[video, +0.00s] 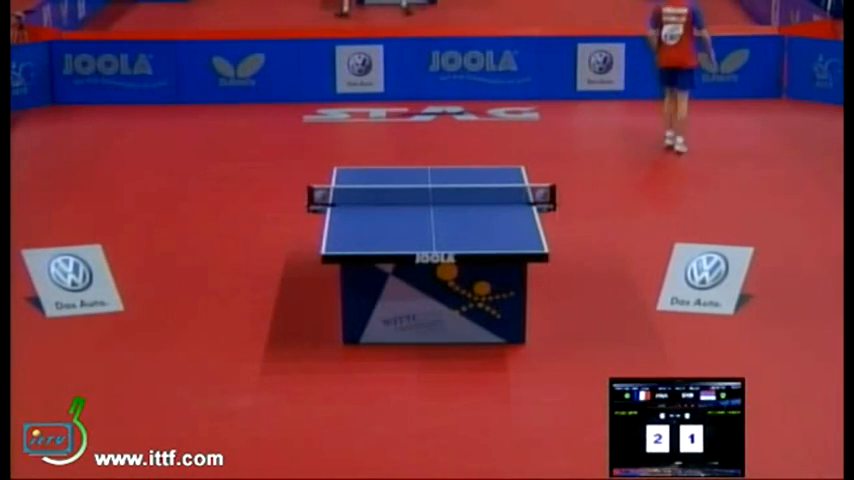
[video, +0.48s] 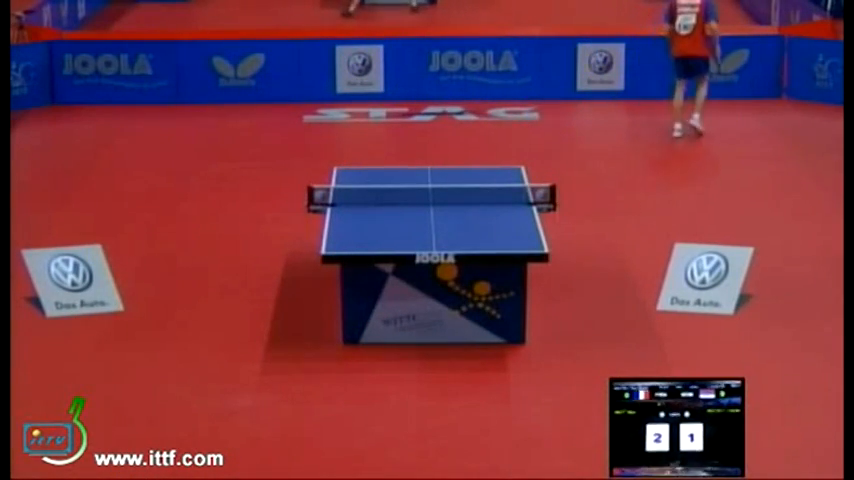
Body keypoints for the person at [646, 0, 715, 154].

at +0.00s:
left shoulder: (659, 8)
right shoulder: (691, 8)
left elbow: (652, 33)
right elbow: (703, 32)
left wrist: (657, 50)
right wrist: (711, 53)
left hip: (665, 60)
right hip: (685, 60)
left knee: (668, 96)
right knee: (682, 99)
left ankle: (669, 133)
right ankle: (680, 138)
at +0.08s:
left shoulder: (662, 6)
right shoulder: (695, 6)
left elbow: (654, 31)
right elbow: (707, 31)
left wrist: (658, 50)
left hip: (667, 56)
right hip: (687, 56)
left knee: (671, 94)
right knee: (683, 96)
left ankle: (673, 129)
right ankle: (680, 136)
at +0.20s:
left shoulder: (666, 9)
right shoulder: (696, 8)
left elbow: (658, 34)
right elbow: (712, 31)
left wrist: (661, 56)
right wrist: (700, 35)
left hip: (672, 59)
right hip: (691, 60)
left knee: (675, 94)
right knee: (686, 96)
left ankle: (676, 128)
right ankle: (680, 132)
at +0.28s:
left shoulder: (668, 10)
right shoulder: (698, 9)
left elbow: (660, 35)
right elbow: (712, 33)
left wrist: (663, 57)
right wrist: (699, 34)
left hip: (674, 59)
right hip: (693, 60)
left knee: (676, 92)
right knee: (691, 95)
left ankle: (676, 126)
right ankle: (684, 124)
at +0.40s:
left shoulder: (672, 5)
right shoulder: (702, 5)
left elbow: (665, 30)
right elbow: (712, 29)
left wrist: (668, 47)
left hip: (677, 53)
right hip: (696, 53)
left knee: (678, 88)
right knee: (698, 87)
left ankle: (677, 124)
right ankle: (689, 115)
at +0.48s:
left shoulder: (674, 3)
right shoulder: (706, 3)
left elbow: (667, 28)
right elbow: (711, 28)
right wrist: (717, 46)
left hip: (680, 51)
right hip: (699, 50)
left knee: (680, 85)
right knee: (702, 82)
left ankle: (677, 124)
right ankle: (696, 116)